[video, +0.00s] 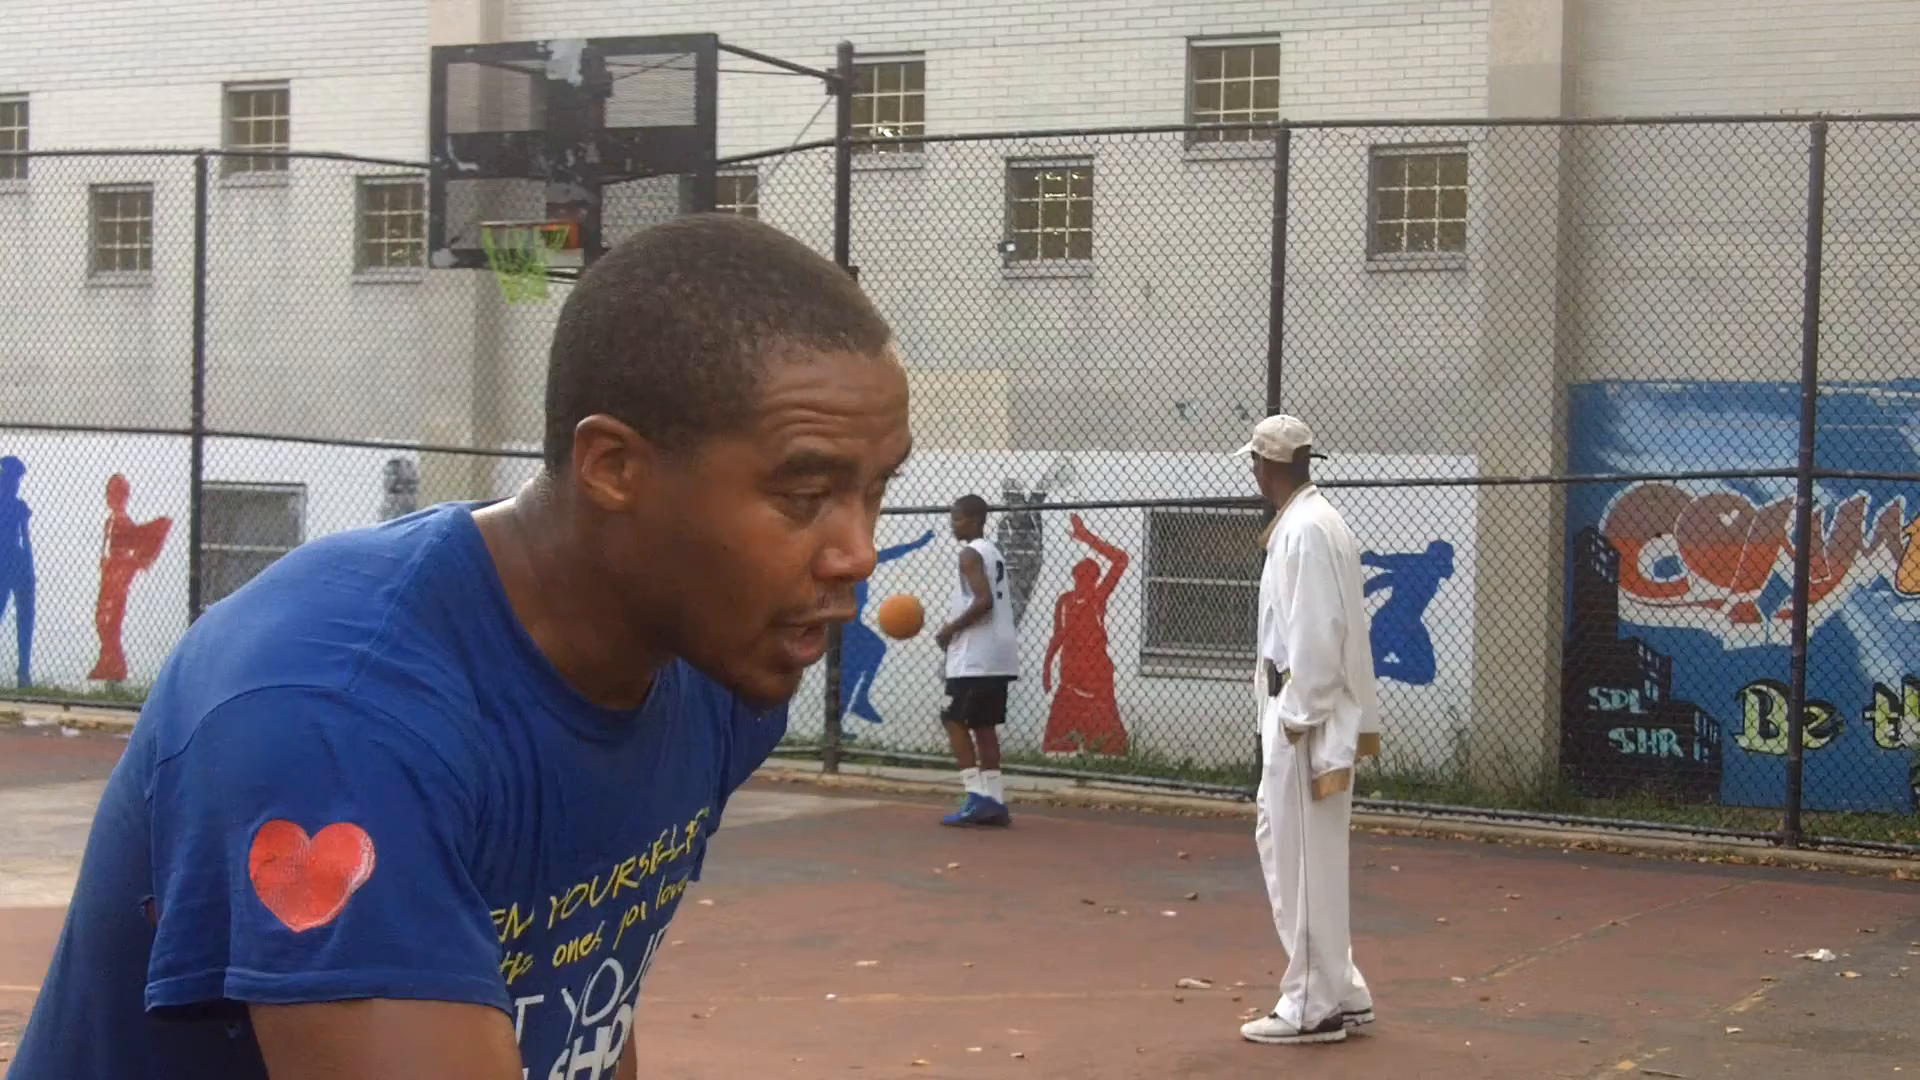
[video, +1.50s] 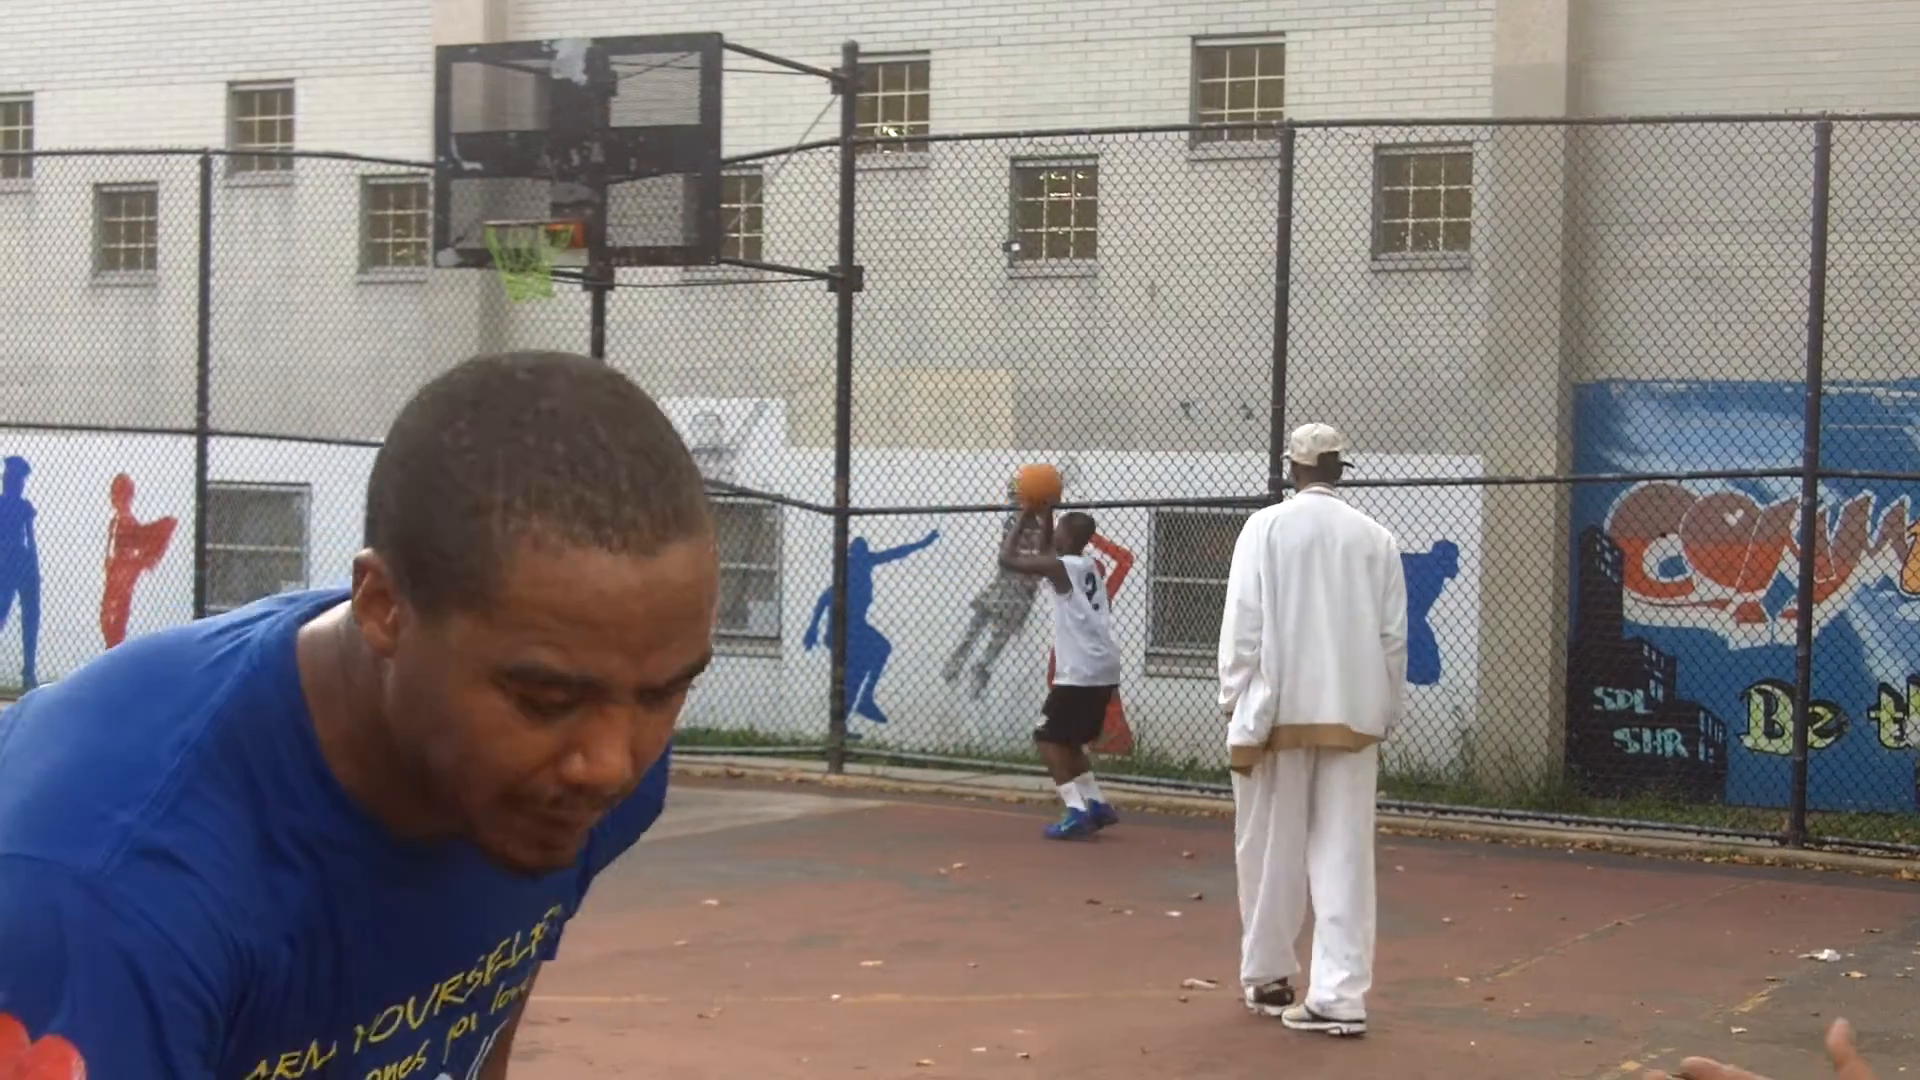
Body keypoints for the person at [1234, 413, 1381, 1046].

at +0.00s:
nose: (1251, 473)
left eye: (1256, 464)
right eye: (1253, 463)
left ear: (1273, 468)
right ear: (1298, 465)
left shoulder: (1307, 530)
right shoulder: (1309, 522)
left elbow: (1319, 638)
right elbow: (1335, 634)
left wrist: (1296, 714)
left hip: (1306, 721)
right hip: (1299, 717)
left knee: (1305, 857)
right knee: (1283, 846)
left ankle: (1316, 1003)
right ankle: (1335, 988)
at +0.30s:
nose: (1261, 470)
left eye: (1264, 461)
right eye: (1263, 460)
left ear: (1276, 464)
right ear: (1313, 461)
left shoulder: (1300, 524)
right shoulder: (1334, 518)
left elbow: (1303, 634)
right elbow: (1343, 630)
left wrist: (1298, 725)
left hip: (1310, 727)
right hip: (1341, 723)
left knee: (1304, 867)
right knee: (1321, 865)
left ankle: (1319, 1006)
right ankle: (1334, 999)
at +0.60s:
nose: (1280, 472)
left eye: (1282, 463)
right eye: (1284, 462)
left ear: (1290, 464)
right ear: (1333, 464)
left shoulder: (1299, 520)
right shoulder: (1363, 526)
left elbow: (1296, 624)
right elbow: (1383, 625)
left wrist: (1277, 706)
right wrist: (1370, 699)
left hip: (1306, 716)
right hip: (1359, 716)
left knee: (1303, 858)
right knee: (1340, 856)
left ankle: (1325, 1005)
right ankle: (1345, 999)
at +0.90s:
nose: (1302, 472)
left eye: (1302, 464)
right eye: (1313, 463)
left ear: (1308, 465)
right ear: (1353, 466)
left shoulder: (1301, 517)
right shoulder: (1384, 535)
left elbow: (1286, 618)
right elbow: (1402, 636)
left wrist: (1260, 696)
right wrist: (1373, 697)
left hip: (1296, 710)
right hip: (1359, 716)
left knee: (1279, 851)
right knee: (1340, 857)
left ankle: (1290, 992)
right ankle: (1343, 1003)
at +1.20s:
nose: (1304, 473)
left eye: (1304, 465)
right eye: (1319, 464)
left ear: (1308, 467)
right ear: (1357, 470)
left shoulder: (1285, 519)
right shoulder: (1389, 536)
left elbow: (1261, 614)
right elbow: (1404, 637)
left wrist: (1243, 695)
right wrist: (1385, 713)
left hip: (1285, 709)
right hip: (1358, 715)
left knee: (1261, 849)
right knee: (1345, 856)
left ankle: (1248, 983)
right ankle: (1337, 1001)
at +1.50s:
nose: (1303, 476)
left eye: (1296, 469)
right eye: (1323, 466)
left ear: (1292, 472)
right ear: (1341, 471)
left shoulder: (1264, 527)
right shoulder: (1377, 537)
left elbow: (1243, 625)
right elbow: (1394, 636)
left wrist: (1234, 701)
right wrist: (1388, 710)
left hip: (1275, 709)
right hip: (1353, 711)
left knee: (1270, 845)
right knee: (1345, 850)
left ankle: (1268, 976)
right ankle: (1340, 999)